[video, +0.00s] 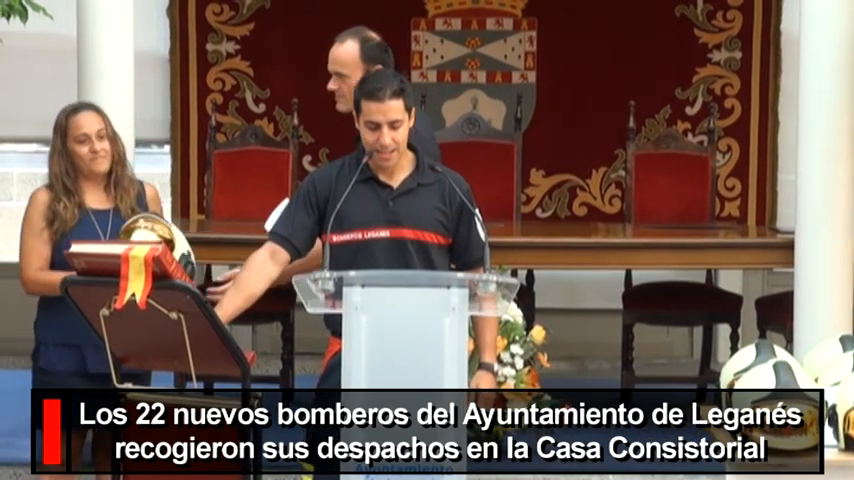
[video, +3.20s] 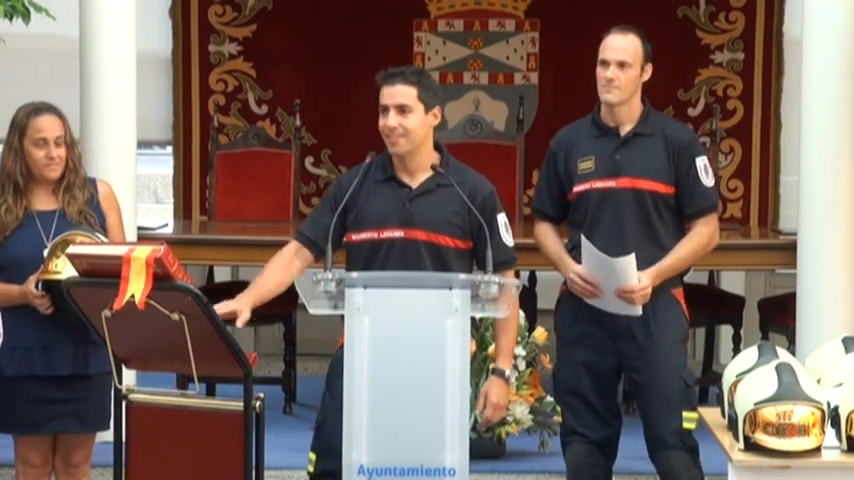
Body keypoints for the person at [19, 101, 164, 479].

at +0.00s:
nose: (97, 146)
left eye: (103, 136)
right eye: (84, 140)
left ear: (113, 140)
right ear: (65, 149)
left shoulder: (144, 195)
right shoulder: (47, 200)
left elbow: (162, 266)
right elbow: (31, 278)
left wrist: (130, 276)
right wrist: (96, 283)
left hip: (127, 354)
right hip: (64, 353)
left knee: (117, 461)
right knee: (57, 465)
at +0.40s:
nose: (63, 145)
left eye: (68, 135)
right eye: (49, 138)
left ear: (78, 141)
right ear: (29, 149)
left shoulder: (110, 195)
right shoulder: (9, 204)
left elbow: (133, 268)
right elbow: (2, 281)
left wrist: (104, 260)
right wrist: (44, 268)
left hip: (97, 356)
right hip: (31, 357)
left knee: (99, 466)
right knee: (38, 466)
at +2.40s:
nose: (55, 155)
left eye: (62, 144)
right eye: (43, 145)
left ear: (72, 147)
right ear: (20, 149)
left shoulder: (98, 194)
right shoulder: (6, 205)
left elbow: (122, 271)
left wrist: (80, 281)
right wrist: (21, 294)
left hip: (85, 359)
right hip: (22, 359)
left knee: (75, 464)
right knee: (32, 465)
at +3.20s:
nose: (52, 153)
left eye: (60, 142)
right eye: (40, 143)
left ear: (71, 146)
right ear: (19, 150)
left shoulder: (98, 193)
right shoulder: (7, 205)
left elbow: (123, 269)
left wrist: (81, 283)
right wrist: (21, 293)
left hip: (87, 358)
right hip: (25, 360)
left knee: (76, 464)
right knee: (33, 465)